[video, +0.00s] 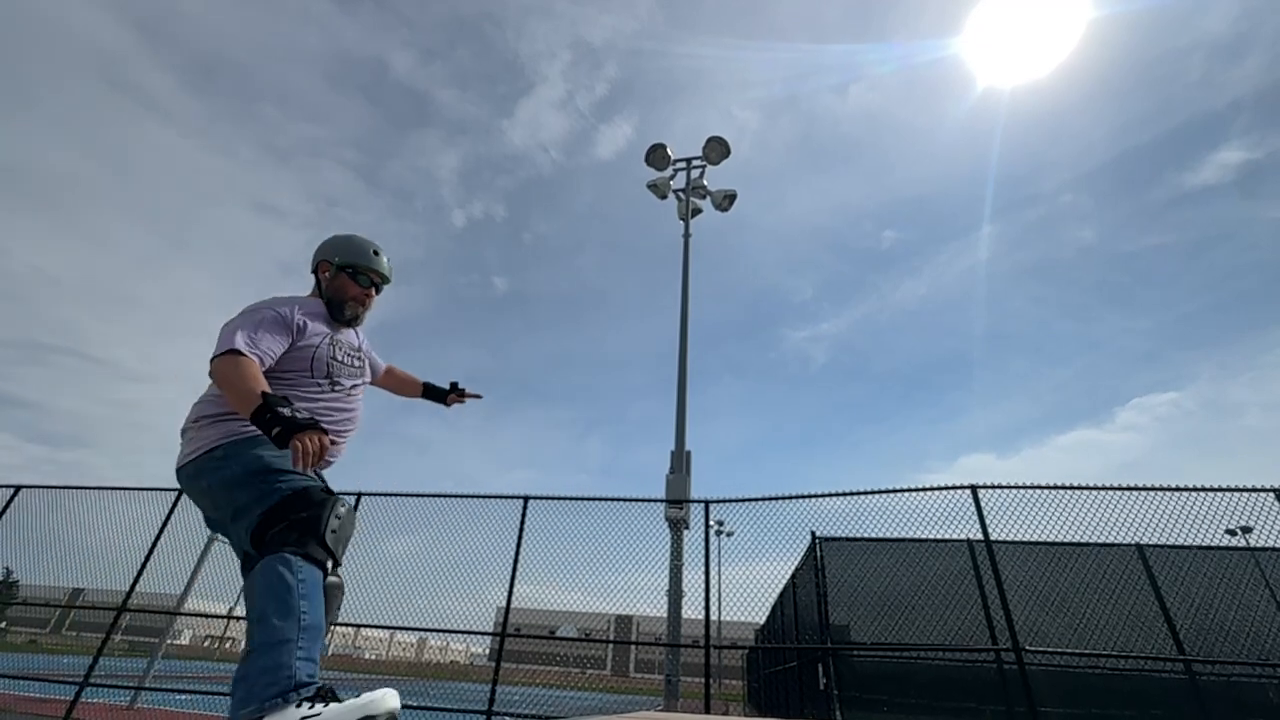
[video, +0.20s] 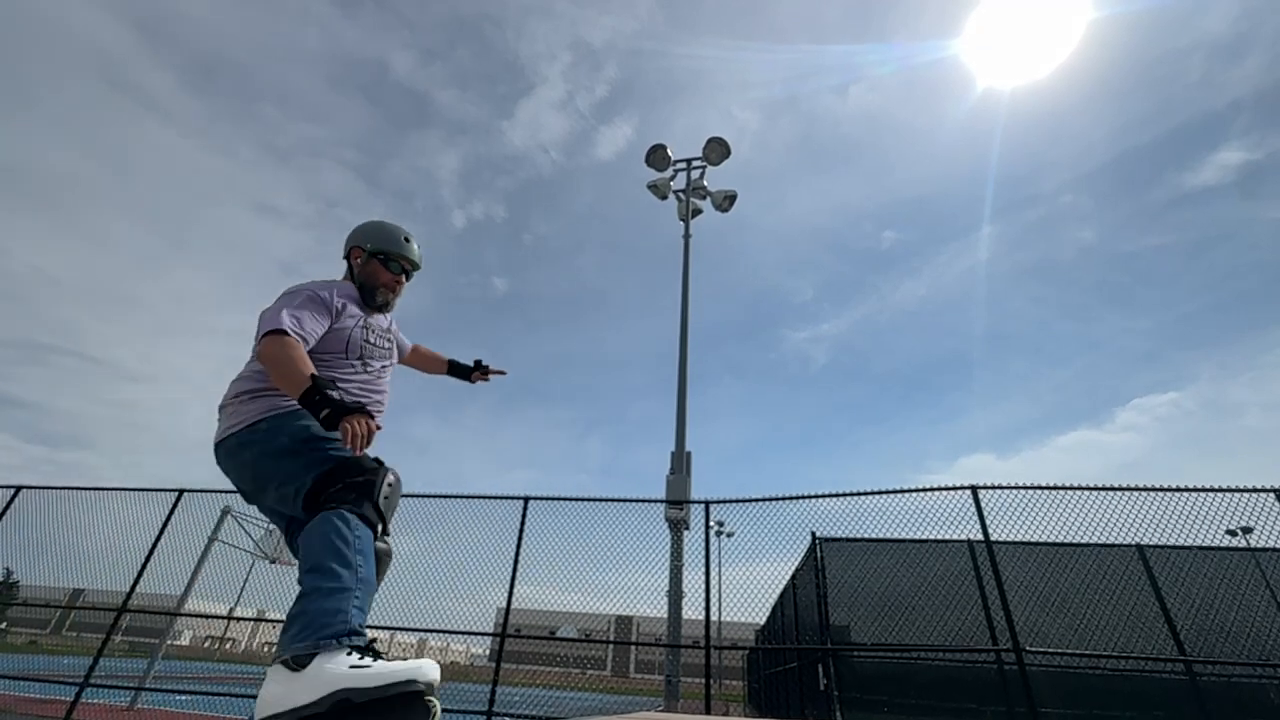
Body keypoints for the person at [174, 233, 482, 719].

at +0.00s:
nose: (368, 293)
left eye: (376, 287)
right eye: (359, 279)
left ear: (378, 296)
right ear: (325, 273)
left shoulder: (357, 346)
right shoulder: (286, 314)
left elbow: (385, 375)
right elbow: (230, 362)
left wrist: (437, 394)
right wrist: (280, 419)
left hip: (275, 463)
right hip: (229, 443)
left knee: (305, 565)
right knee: (302, 515)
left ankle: (269, 699)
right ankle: (281, 696)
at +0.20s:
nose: (398, 280)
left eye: (405, 274)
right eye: (390, 266)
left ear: (407, 281)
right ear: (357, 259)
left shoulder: (387, 331)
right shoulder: (322, 296)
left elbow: (414, 356)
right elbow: (276, 345)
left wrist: (463, 370)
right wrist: (329, 406)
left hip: (308, 437)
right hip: (265, 418)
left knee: (361, 539)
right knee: (356, 481)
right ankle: (315, 653)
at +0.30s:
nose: (413, 274)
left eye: (420, 267)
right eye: (405, 260)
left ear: (421, 273)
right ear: (372, 253)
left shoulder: (399, 321)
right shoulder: (340, 288)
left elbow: (426, 344)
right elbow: (300, 335)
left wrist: (476, 358)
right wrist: (353, 401)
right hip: (282, 408)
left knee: (388, 533)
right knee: (378, 469)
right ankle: (333, 623)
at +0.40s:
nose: (427, 266)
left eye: (435, 260)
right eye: (419, 253)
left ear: (436, 267)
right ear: (387, 245)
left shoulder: (412, 313)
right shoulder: (355, 279)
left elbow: (440, 333)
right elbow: (322, 328)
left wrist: (485, 346)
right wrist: (376, 391)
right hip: (300, 399)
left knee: (411, 521)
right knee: (406, 454)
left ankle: (291, 686)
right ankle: (351, 595)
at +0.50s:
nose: (442, 262)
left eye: (449, 256)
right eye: (434, 249)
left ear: (449, 260)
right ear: (402, 240)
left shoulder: (421, 305)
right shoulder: (368, 273)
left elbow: (449, 322)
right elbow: (344, 321)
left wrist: (496, 335)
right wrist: (397, 387)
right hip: (313, 392)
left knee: (429, 510)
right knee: (427, 440)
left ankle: (299, 658)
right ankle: (365, 567)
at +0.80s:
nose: (483, 250)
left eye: (490, 244)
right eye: (475, 236)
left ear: (490, 247)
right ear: (444, 228)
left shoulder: (458, 286)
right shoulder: (420, 255)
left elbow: (489, 293)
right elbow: (409, 305)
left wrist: (532, 303)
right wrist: (455, 371)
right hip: (361, 369)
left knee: (483, 476)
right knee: (487, 415)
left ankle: (345, 570)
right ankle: (405, 487)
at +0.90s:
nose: (497, 247)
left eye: (504, 241)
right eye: (491, 232)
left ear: (503, 243)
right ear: (460, 224)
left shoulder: (466, 277)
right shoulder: (436, 252)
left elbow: (497, 283)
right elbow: (430, 302)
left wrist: (541, 292)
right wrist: (474, 368)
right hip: (377, 359)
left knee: (497, 467)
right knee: (495, 408)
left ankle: (363, 542)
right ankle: (415, 462)